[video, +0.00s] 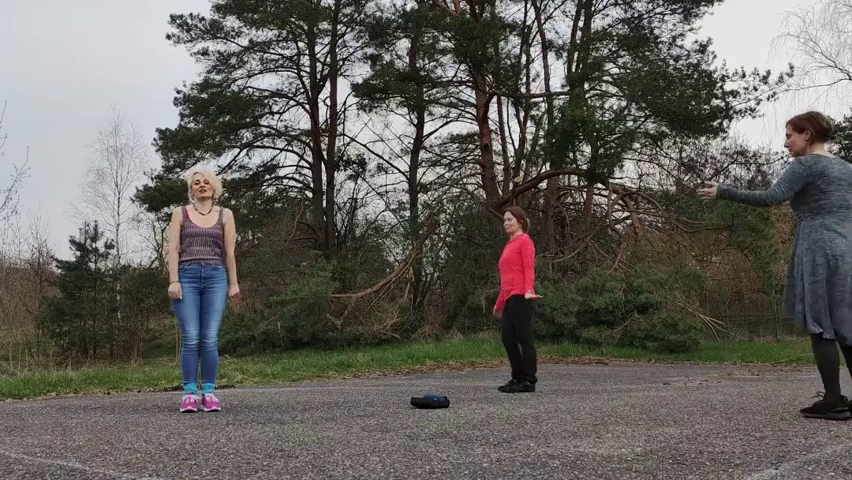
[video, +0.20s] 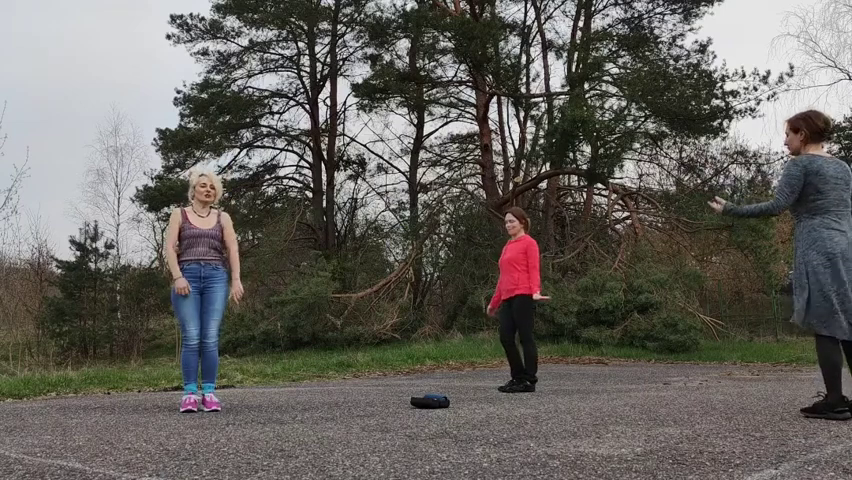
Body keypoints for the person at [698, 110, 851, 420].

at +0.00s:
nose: (786, 142)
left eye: (790, 135)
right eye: (786, 136)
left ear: (807, 134)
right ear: (814, 136)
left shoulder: (805, 165)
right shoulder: (845, 166)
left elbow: (770, 196)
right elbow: (844, 208)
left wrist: (724, 191)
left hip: (818, 249)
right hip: (847, 248)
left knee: (819, 323)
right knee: (842, 323)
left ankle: (833, 398)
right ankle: (843, 397)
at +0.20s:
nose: (786, 140)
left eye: (789, 134)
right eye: (786, 134)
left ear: (804, 134)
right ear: (816, 135)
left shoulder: (800, 164)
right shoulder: (844, 166)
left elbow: (778, 205)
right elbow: (844, 208)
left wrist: (729, 209)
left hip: (818, 250)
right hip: (847, 249)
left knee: (824, 326)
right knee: (841, 325)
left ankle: (834, 398)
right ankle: (839, 398)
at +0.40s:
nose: (788, 144)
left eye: (790, 138)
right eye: (788, 138)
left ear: (803, 139)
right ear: (819, 139)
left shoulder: (802, 169)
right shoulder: (843, 168)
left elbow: (788, 219)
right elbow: (842, 214)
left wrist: (767, 258)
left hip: (815, 255)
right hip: (844, 253)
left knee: (811, 325)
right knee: (839, 325)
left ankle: (832, 397)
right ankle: (840, 397)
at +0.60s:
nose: (785, 139)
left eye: (788, 133)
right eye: (786, 133)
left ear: (800, 134)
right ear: (816, 135)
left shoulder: (795, 164)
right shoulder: (842, 167)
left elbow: (803, 210)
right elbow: (846, 209)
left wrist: (809, 250)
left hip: (824, 249)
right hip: (847, 248)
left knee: (827, 323)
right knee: (844, 324)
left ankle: (835, 398)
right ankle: (838, 396)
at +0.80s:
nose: (783, 141)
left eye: (787, 135)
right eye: (785, 135)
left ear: (801, 137)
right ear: (813, 139)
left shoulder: (796, 167)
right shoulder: (841, 169)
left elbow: (800, 211)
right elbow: (845, 210)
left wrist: (800, 250)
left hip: (819, 253)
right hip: (847, 251)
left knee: (816, 326)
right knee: (843, 325)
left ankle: (833, 398)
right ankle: (841, 397)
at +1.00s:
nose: (782, 136)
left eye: (787, 130)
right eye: (783, 130)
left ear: (806, 133)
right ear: (812, 134)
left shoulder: (798, 164)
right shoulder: (841, 169)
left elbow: (794, 213)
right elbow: (847, 213)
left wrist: (775, 251)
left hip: (822, 249)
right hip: (845, 247)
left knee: (827, 324)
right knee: (837, 324)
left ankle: (834, 398)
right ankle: (836, 397)